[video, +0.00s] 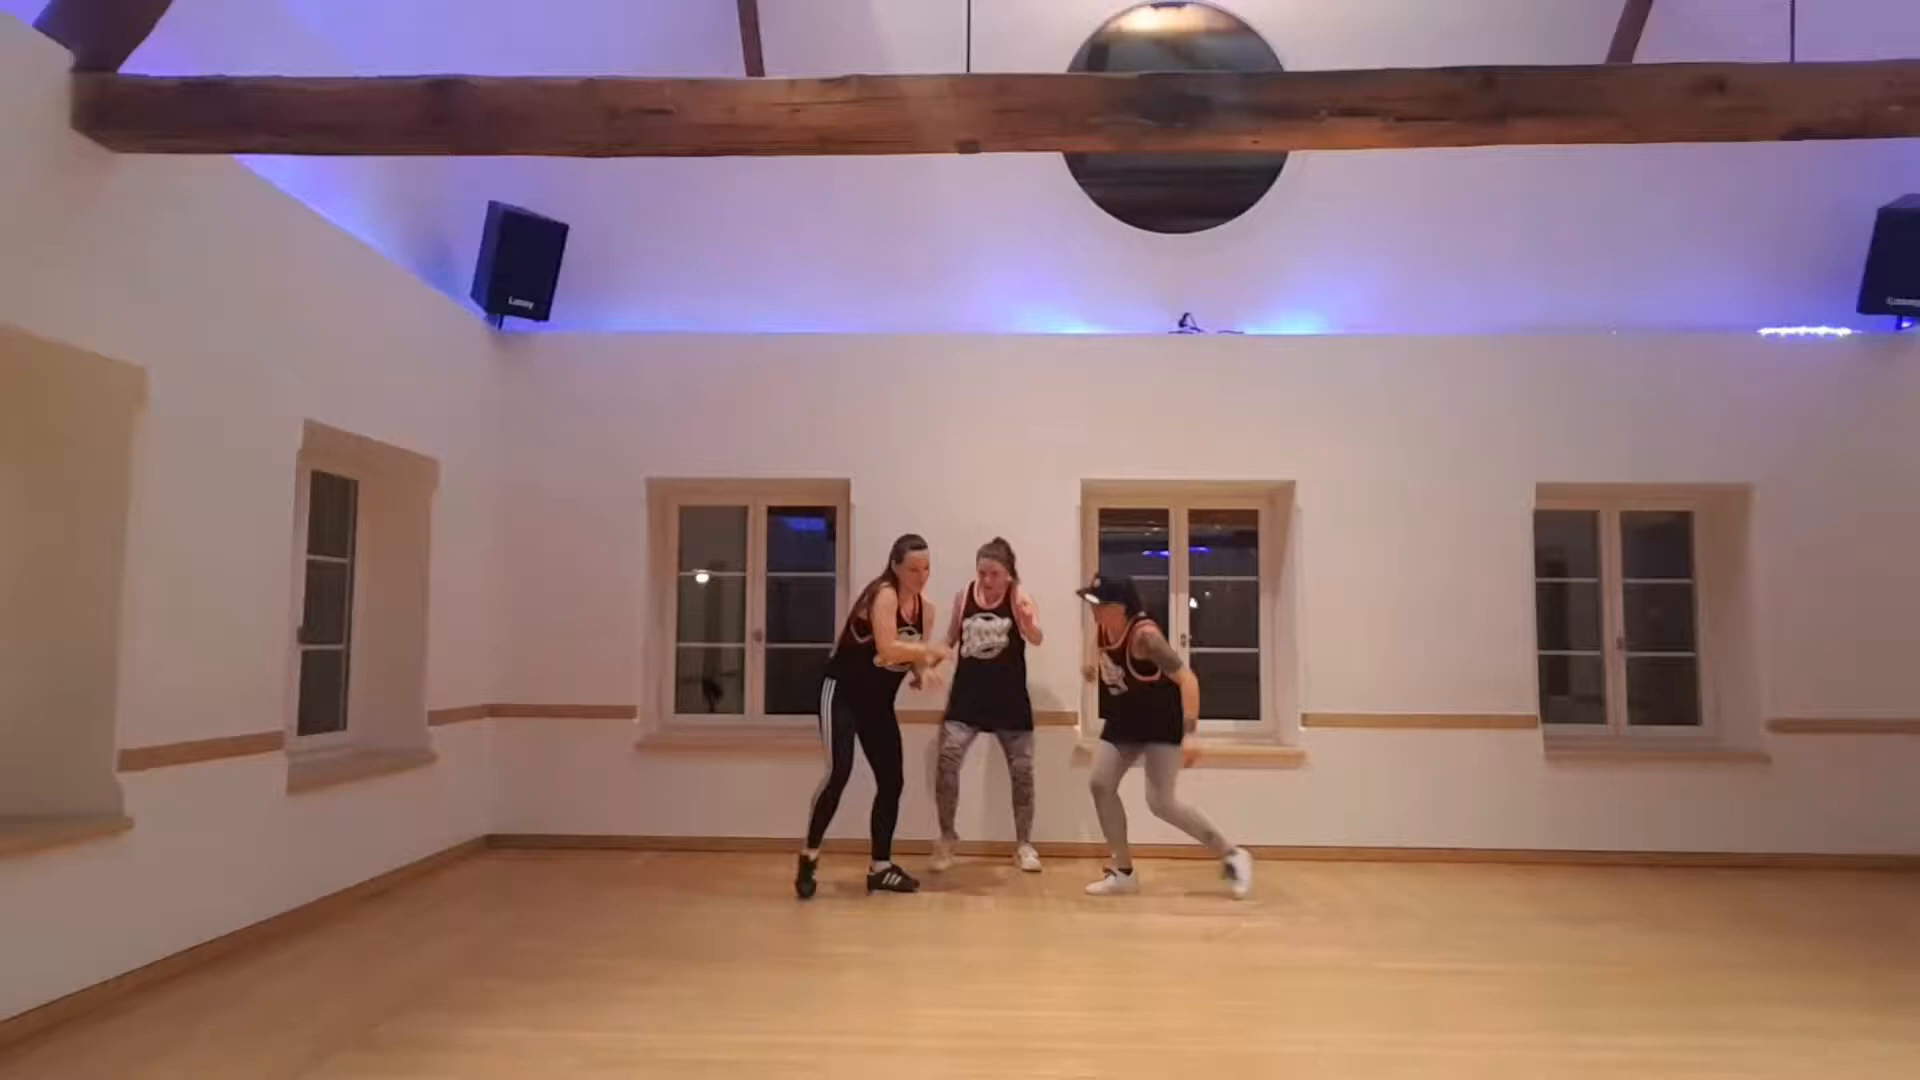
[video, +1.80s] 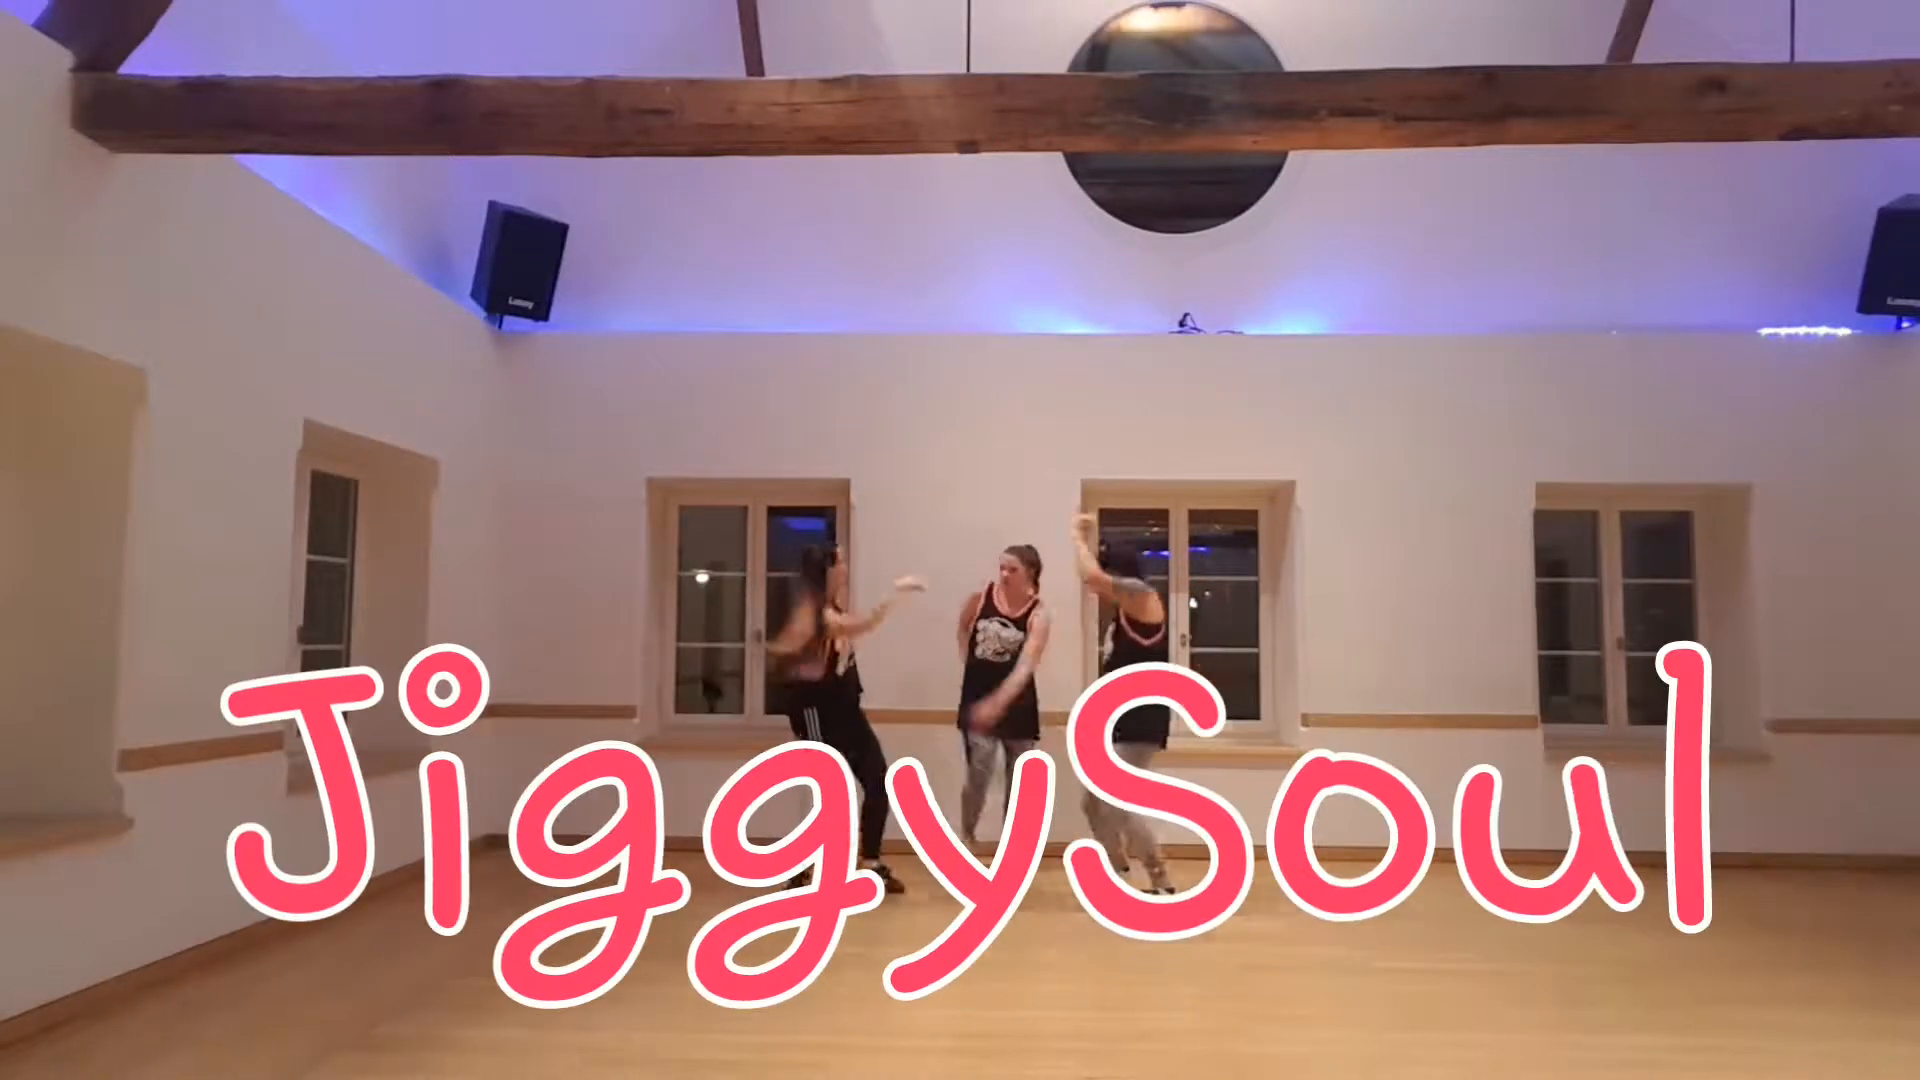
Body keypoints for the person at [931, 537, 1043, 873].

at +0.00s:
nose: (988, 580)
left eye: (995, 574)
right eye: (983, 573)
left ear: (1010, 574)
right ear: (976, 571)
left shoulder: (1019, 598)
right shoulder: (964, 597)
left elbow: (1036, 638)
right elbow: (951, 639)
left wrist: (1022, 617)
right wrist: (932, 664)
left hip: (1009, 698)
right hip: (968, 695)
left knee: (1022, 768)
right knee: (948, 757)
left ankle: (1024, 844)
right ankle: (947, 838)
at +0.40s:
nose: (959, 589)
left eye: (966, 583)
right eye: (954, 582)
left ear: (982, 582)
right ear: (948, 580)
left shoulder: (993, 607)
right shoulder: (940, 609)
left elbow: (1024, 636)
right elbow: (925, 650)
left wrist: (1025, 661)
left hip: (974, 704)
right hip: (936, 701)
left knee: (983, 777)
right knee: (926, 774)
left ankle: (1019, 845)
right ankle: (946, 845)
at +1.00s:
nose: (963, 592)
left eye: (969, 585)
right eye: (958, 586)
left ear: (980, 578)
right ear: (948, 581)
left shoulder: (991, 597)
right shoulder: (938, 614)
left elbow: (1028, 620)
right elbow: (938, 669)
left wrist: (1063, 642)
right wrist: (941, 719)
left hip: (1004, 697)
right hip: (963, 701)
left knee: (1009, 771)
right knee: (943, 768)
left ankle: (1008, 846)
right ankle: (947, 844)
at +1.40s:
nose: (994, 571)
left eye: (1001, 564)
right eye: (989, 564)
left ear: (1014, 566)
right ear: (982, 565)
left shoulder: (1024, 593)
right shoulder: (968, 603)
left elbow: (1051, 610)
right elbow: (945, 644)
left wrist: (1081, 617)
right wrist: (930, 687)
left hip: (1020, 692)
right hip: (982, 694)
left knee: (1016, 772)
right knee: (987, 768)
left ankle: (1009, 845)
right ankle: (964, 839)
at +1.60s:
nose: (1004, 576)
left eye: (1011, 570)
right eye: (999, 570)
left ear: (1025, 573)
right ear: (993, 570)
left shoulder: (1031, 604)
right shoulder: (974, 602)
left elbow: (1054, 638)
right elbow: (945, 634)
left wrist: (1079, 664)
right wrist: (947, 677)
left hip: (1020, 691)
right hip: (984, 693)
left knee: (1022, 771)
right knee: (990, 766)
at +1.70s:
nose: (1006, 578)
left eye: (1013, 572)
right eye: (1002, 571)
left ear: (1028, 575)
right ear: (995, 571)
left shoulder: (1036, 607)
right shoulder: (977, 601)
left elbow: (1044, 638)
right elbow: (952, 629)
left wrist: (1047, 670)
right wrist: (957, 674)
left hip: (1020, 691)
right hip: (984, 691)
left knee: (1023, 771)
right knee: (995, 770)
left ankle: (1018, 839)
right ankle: (976, 839)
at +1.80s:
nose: (1004, 575)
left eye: (1012, 570)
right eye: (1002, 568)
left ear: (1030, 574)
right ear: (998, 569)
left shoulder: (1038, 614)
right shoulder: (980, 600)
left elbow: (1025, 666)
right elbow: (963, 630)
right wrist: (971, 662)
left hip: (1017, 690)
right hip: (979, 688)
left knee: (1022, 774)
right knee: (979, 770)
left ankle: (1016, 840)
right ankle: (967, 835)